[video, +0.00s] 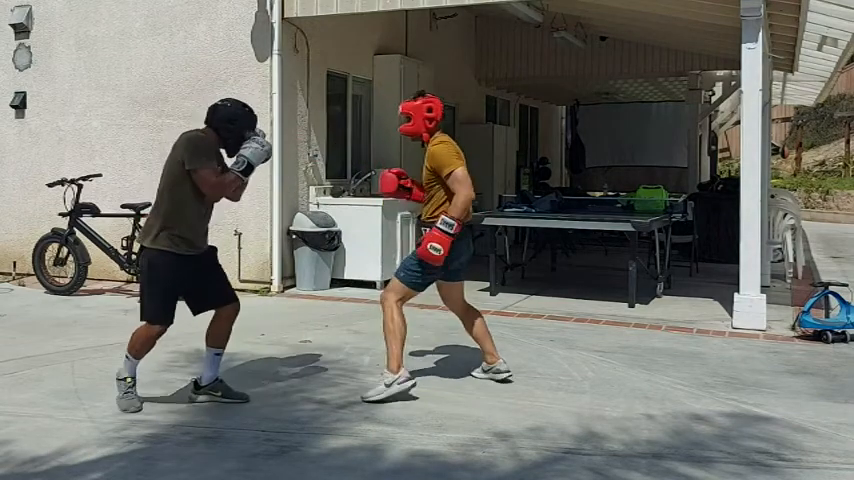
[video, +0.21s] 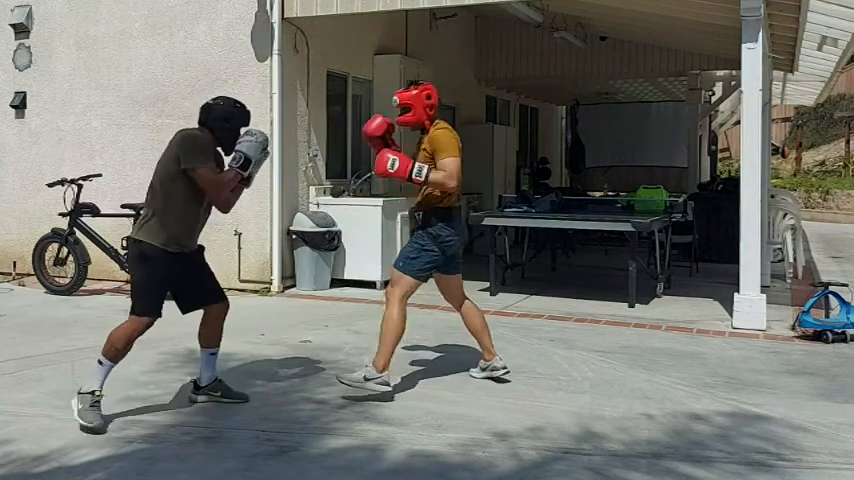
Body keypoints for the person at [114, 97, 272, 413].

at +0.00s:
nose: (245, 140)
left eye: (248, 135)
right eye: (245, 134)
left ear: (223, 127)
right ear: (228, 128)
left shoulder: (214, 153)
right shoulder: (195, 141)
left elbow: (234, 193)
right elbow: (212, 188)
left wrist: (249, 162)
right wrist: (243, 164)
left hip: (195, 251)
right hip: (161, 249)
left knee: (228, 307)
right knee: (157, 324)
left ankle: (209, 380)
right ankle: (126, 376)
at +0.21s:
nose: (240, 134)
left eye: (241, 129)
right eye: (238, 128)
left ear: (214, 123)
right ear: (224, 126)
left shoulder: (211, 154)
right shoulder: (192, 141)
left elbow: (225, 203)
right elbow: (218, 194)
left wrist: (246, 170)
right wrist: (241, 161)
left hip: (184, 249)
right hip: (151, 246)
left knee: (217, 306)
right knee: (143, 318)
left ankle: (207, 381)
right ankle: (91, 393)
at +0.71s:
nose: (212, 138)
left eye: (213, 133)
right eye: (210, 132)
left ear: (183, 129)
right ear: (194, 131)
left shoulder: (179, 156)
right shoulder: (164, 151)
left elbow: (179, 200)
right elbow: (191, 201)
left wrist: (208, 171)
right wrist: (215, 171)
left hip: (167, 257)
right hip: (136, 257)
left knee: (212, 306)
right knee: (126, 334)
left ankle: (206, 381)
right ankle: (72, 408)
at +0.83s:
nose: (219, 148)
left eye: (219, 141)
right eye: (216, 141)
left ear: (185, 137)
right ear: (201, 141)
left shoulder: (175, 163)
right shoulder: (171, 159)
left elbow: (156, 220)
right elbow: (196, 210)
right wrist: (219, 180)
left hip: (165, 263)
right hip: (137, 263)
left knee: (213, 307)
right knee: (133, 340)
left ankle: (206, 381)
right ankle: (73, 409)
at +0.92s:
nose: (220, 157)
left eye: (220, 150)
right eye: (217, 150)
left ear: (186, 145)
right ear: (203, 149)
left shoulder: (177, 170)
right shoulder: (177, 165)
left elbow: (186, 227)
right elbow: (195, 219)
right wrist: (220, 192)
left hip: (161, 268)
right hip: (131, 268)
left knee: (210, 308)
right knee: (138, 343)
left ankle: (207, 382)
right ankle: (74, 409)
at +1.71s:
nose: (210, 140)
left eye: (210, 133)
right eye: (207, 133)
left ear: (176, 132)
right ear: (193, 134)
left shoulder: (172, 163)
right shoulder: (163, 159)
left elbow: (179, 212)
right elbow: (186, 213)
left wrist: (208, 183)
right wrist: (209, 180)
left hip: (159, 262)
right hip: (130, 262)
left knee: (209, 307)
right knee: (132, 339)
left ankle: (206, 381)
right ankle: (73, 409)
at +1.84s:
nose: (219, 137)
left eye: (219, 131)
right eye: (216, 130)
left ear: (192, 132)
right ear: (202, 132)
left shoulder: (201, 157)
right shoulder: (173, 153)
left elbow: (244, 154)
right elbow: (200, 203)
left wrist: (292, 143)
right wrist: (224, 170)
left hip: (161, 256)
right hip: (127, 255)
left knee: (204, 308)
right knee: (121, 331)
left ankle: (207, 383)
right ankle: (70, 406)